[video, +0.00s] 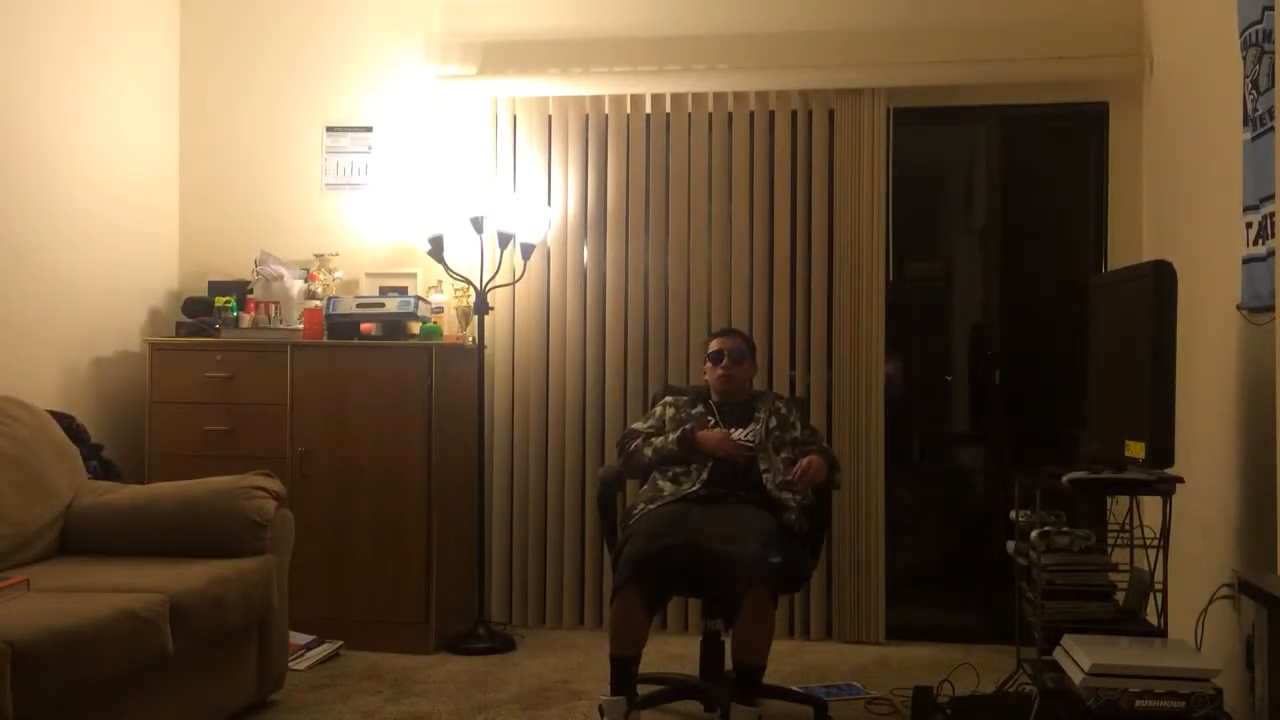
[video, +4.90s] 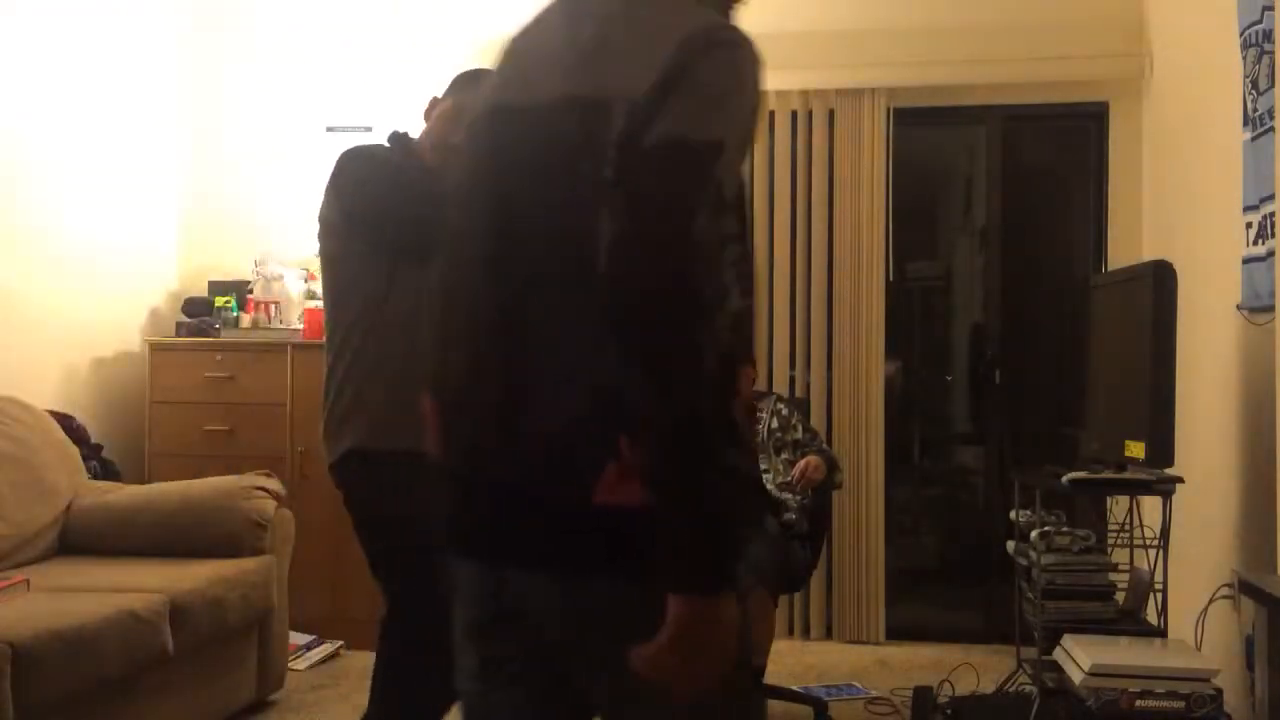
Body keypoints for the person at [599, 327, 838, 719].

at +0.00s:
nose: (725, 364)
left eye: (736, 357)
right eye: (716, 357)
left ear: (753, 367)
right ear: (704, 369)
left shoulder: (778, 412)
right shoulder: (675, 408)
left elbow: (821, 455)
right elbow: (630, 452)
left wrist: (819, 460)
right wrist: (693, 441)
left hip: (749, 509)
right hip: (675, 506)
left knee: (757, 577)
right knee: (637, 568)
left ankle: (746, 702)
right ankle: (621, 696)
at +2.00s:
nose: (717, 354)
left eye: (729, 349)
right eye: (709, 354)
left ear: (751, 370)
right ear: (702, 376)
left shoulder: (778, 410)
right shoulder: (673, 409)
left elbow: (823, 454)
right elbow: (636, 463)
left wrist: (820, 460)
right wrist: (690, 472)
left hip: (750, 508)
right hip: (674, 505)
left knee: (757, 576)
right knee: (638, 567)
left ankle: (746, 704)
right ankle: (621, 696)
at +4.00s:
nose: (722, 354)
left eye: (733, 350)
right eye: (713, 353)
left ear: (753, 371)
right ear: (705, 373)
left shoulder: (779, 411)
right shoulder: (674, 409)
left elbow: (825, 457)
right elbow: (638, 465)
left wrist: (820, 461)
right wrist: (689, 476)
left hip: (749, 507)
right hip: (673, 503)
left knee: (756, 576)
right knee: (637, 568)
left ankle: (746, 705)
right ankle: (621, 697)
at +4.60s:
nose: (722, 354)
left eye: (733, 349)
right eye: (714, 353)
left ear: (752, 370)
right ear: (704, 374)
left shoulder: (780, 411)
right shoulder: (674, 407)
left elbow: (826, 463)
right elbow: (643, 469)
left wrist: (819, 460)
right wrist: (690, 477)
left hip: (749, 508)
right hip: (675, 506)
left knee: (757, 580)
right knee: (634, 572)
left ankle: (745, 704)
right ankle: (637, 693)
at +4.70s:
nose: (722, 358)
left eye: (731, 352)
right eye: (715, 355)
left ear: (752, 369)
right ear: (708, 370)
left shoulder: (773, 407)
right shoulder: (694, 406)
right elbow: (667, 459)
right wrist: (694, 477)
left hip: (758, 511)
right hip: (695, 511)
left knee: (756, 584)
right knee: (681, 578)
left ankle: (746, 698)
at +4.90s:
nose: (742, 379)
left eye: (747, 371)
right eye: (734, 371)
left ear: (754, 374)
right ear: (720, 376)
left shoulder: (777, 412)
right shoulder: (706, 420)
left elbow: (825, 459)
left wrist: (819, 462)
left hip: (781, 532)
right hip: (725, 533)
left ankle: (752, 684)